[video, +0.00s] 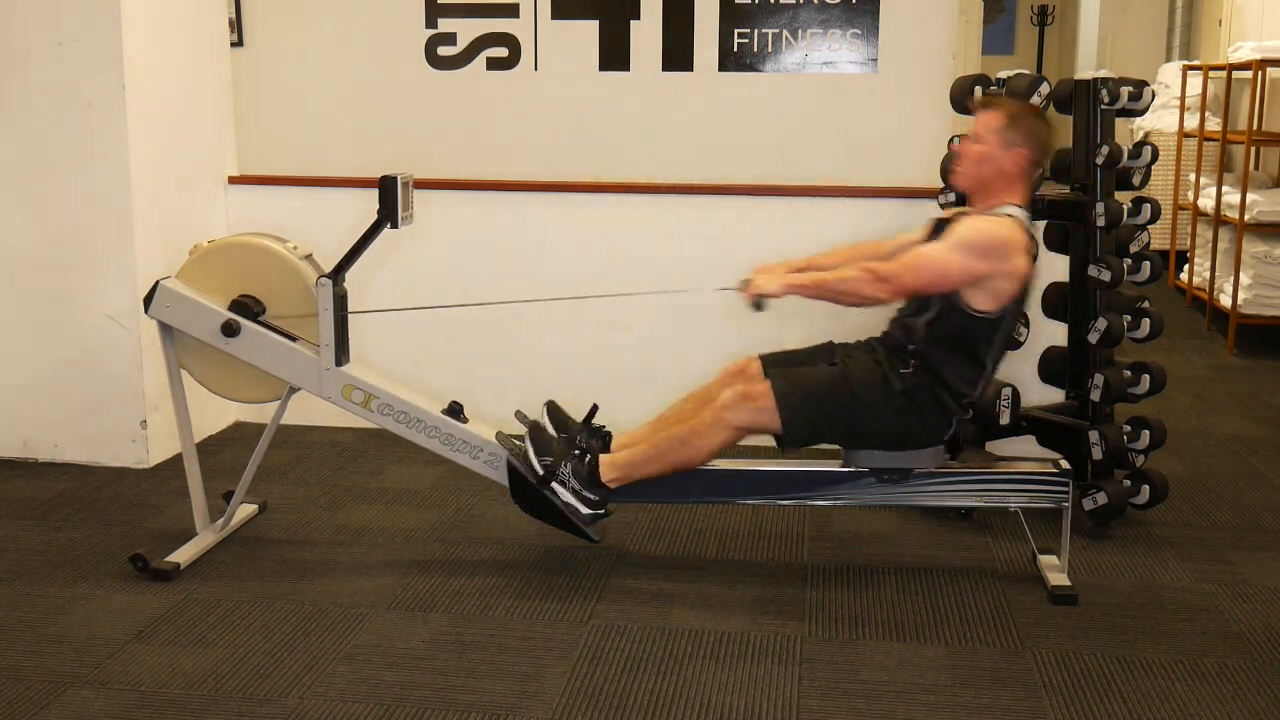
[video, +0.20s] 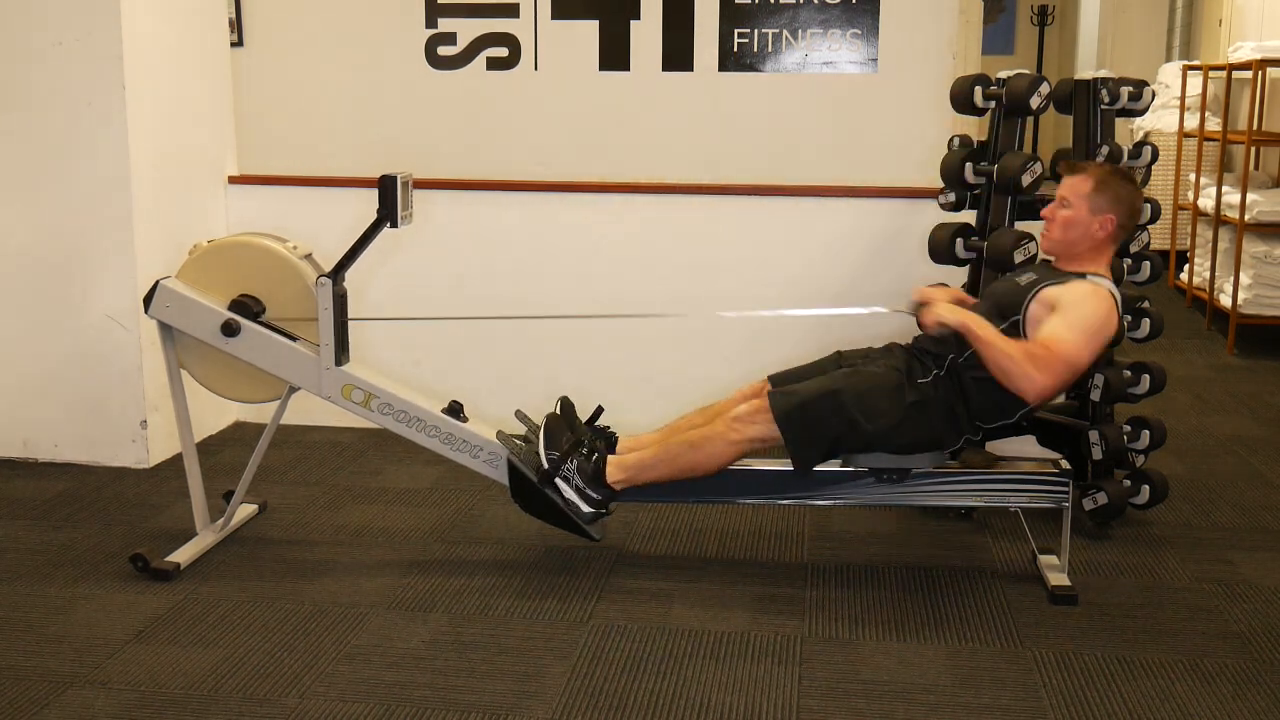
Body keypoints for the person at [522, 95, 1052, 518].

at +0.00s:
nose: (956, 148)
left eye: (972, 140)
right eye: (963, 137)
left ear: (1014, 162)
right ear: (1001, 158)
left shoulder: (995, 236)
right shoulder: (964, 220)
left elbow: (887, 285)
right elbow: (876, 260)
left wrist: (792, 281)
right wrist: (790, 271)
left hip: (916, 392)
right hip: (893, 367)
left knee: (743, 400)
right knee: (736, 380)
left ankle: (592, 486)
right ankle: (598, 458)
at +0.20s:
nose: (1047, 214)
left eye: (1062, 206)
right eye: (1053, 202)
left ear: (1103, 226)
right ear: (1088, 221)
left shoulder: (1090, 298)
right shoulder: (1050, 278)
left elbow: (1037, 378)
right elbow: (992, 334)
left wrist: (960, 316)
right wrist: (951, 303)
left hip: (931, 395)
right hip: (908, 370)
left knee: (757, 421)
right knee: (752, 401)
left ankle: (598, 487)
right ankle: (604, 461)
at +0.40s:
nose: (1036, 218)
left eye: (1051, 209)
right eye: (1041, 205)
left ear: (1094, 226)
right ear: (1079, 222)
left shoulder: (1080, 302)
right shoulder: (1047, 279)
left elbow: (1016, 380)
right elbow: (994, 336)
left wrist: (942, 322)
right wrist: (945, 304)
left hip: (929, 399)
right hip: (912, 374)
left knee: (755, 416)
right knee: (754, 392)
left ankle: (599, 486)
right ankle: (608, 459)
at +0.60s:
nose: (916, 166)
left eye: (928, 155)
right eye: (920, 153)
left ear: (968, 162)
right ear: (961, 162)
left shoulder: (979, 244)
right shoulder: (951, 227)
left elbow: (895, 320)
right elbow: (888, 270)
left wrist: (806, 300)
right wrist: (814, 274)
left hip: (909, 400)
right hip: (890, 377)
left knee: (728, 368)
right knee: (728, 364)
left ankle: (601, 487)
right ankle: (608, 465)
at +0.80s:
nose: (745, 161)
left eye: (756, 149)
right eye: (749, 148)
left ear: (796, 155)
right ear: (795, 156)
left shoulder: (813, 231)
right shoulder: (804, 222)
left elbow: (729, 318)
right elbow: (732, 277)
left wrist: (640, 330)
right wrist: (657, 302)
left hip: (833, 408)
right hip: (824, 389)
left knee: (668, 340)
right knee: (673, 324)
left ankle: (597, 475)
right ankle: (605, 450)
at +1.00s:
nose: (610, 178)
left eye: (621, 164)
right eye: (615, 164)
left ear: (658, 173)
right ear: (661, 173)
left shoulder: (678, 246)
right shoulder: (694, 227)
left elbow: (611, 349)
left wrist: (542, 393)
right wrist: (563, 371)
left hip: (736, 418)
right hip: (747, 407)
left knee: (601, 304)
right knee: (617, 290)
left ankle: (595, 464)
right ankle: (607, 445)